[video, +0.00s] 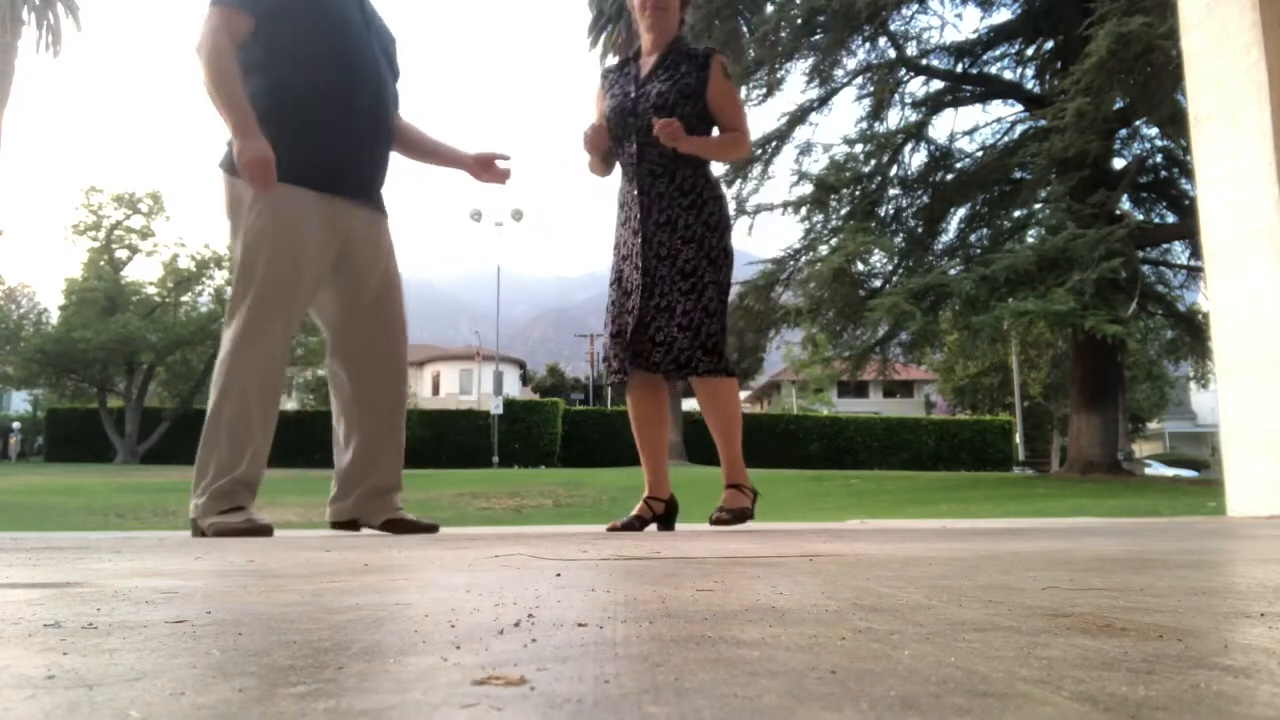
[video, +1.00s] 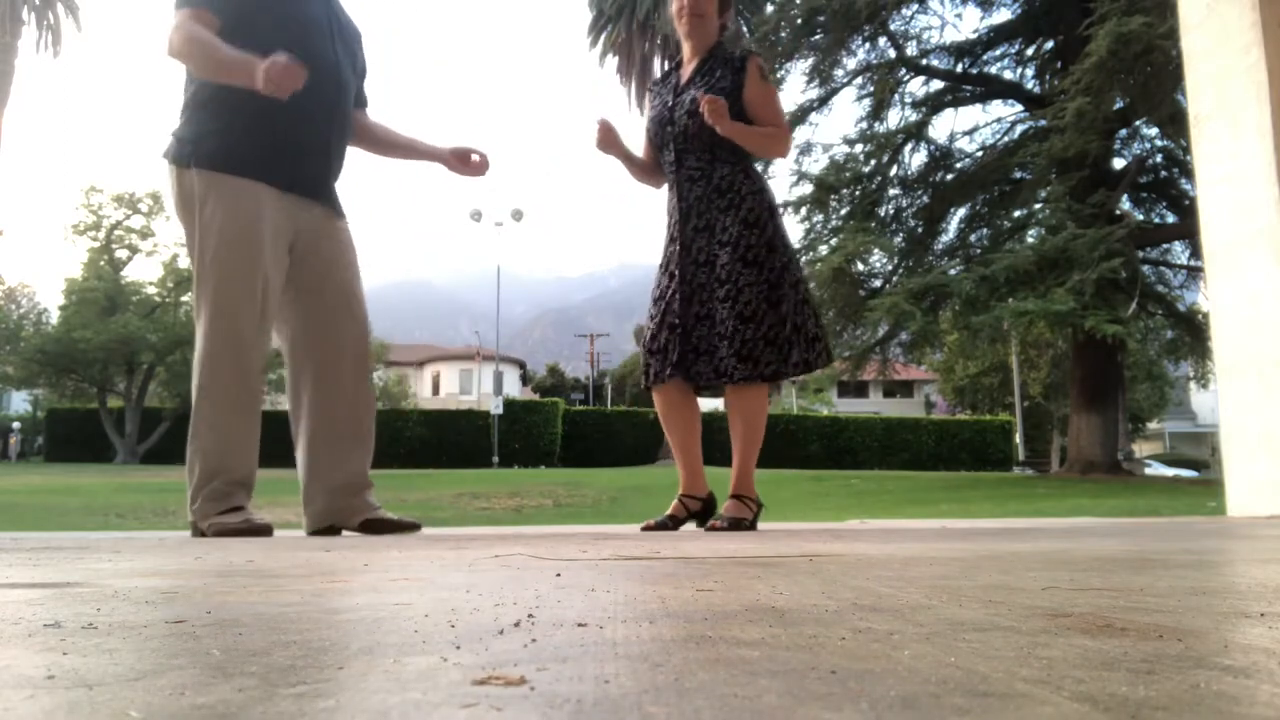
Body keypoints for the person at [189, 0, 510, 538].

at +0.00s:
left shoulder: (377, 29)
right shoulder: (266, 1)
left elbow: (384, 123)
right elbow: (214, 43)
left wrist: (465, 160)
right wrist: (247, 135)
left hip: (360, 206)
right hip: (282, 188)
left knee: (375, 353)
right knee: (257, 346)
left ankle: (366, 500)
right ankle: (221, 505)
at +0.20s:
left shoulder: (361, 29)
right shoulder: (257, 1)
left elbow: (356, 127)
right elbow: (204, 41)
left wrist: (436, 173)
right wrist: (233, 111)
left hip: (332, 197)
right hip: (256, 172)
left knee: (367, 332)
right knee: (245, 336)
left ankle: (346, 500)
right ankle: (218, 505)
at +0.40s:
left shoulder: (356, 23)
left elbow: (345, 119)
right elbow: (191, 27)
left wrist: (420, 165)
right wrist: (253, 78)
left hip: (332, 191)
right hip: (251, 170)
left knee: (338, 343)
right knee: (241, 338)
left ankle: (341, 503)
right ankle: (219, 505)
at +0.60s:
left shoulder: (354, 38)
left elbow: (354, 134)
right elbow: (198, 49)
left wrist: (432, 176)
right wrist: (265, 76)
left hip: (324, 199)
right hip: (243, 178)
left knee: (361, 335)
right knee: (258, 333)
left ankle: (340, 505)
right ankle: (219, 505)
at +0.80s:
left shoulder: (348, 20)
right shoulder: (244, 1)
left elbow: (352, 117)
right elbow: (187, 24)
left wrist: (437, 149)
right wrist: (277, 40)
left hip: (321, 190)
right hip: (239, 172)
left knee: (336, 344)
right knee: (237, 342)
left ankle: (339, 502)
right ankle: (220, 505)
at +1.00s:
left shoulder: (346, 28)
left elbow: (352, 123)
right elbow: (183, 38)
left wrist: (440, 154)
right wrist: (254, 69)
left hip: (312, 192)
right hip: (231, 172)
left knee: (337, 343)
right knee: (234, 341)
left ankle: (339, 504)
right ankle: (218, 505)